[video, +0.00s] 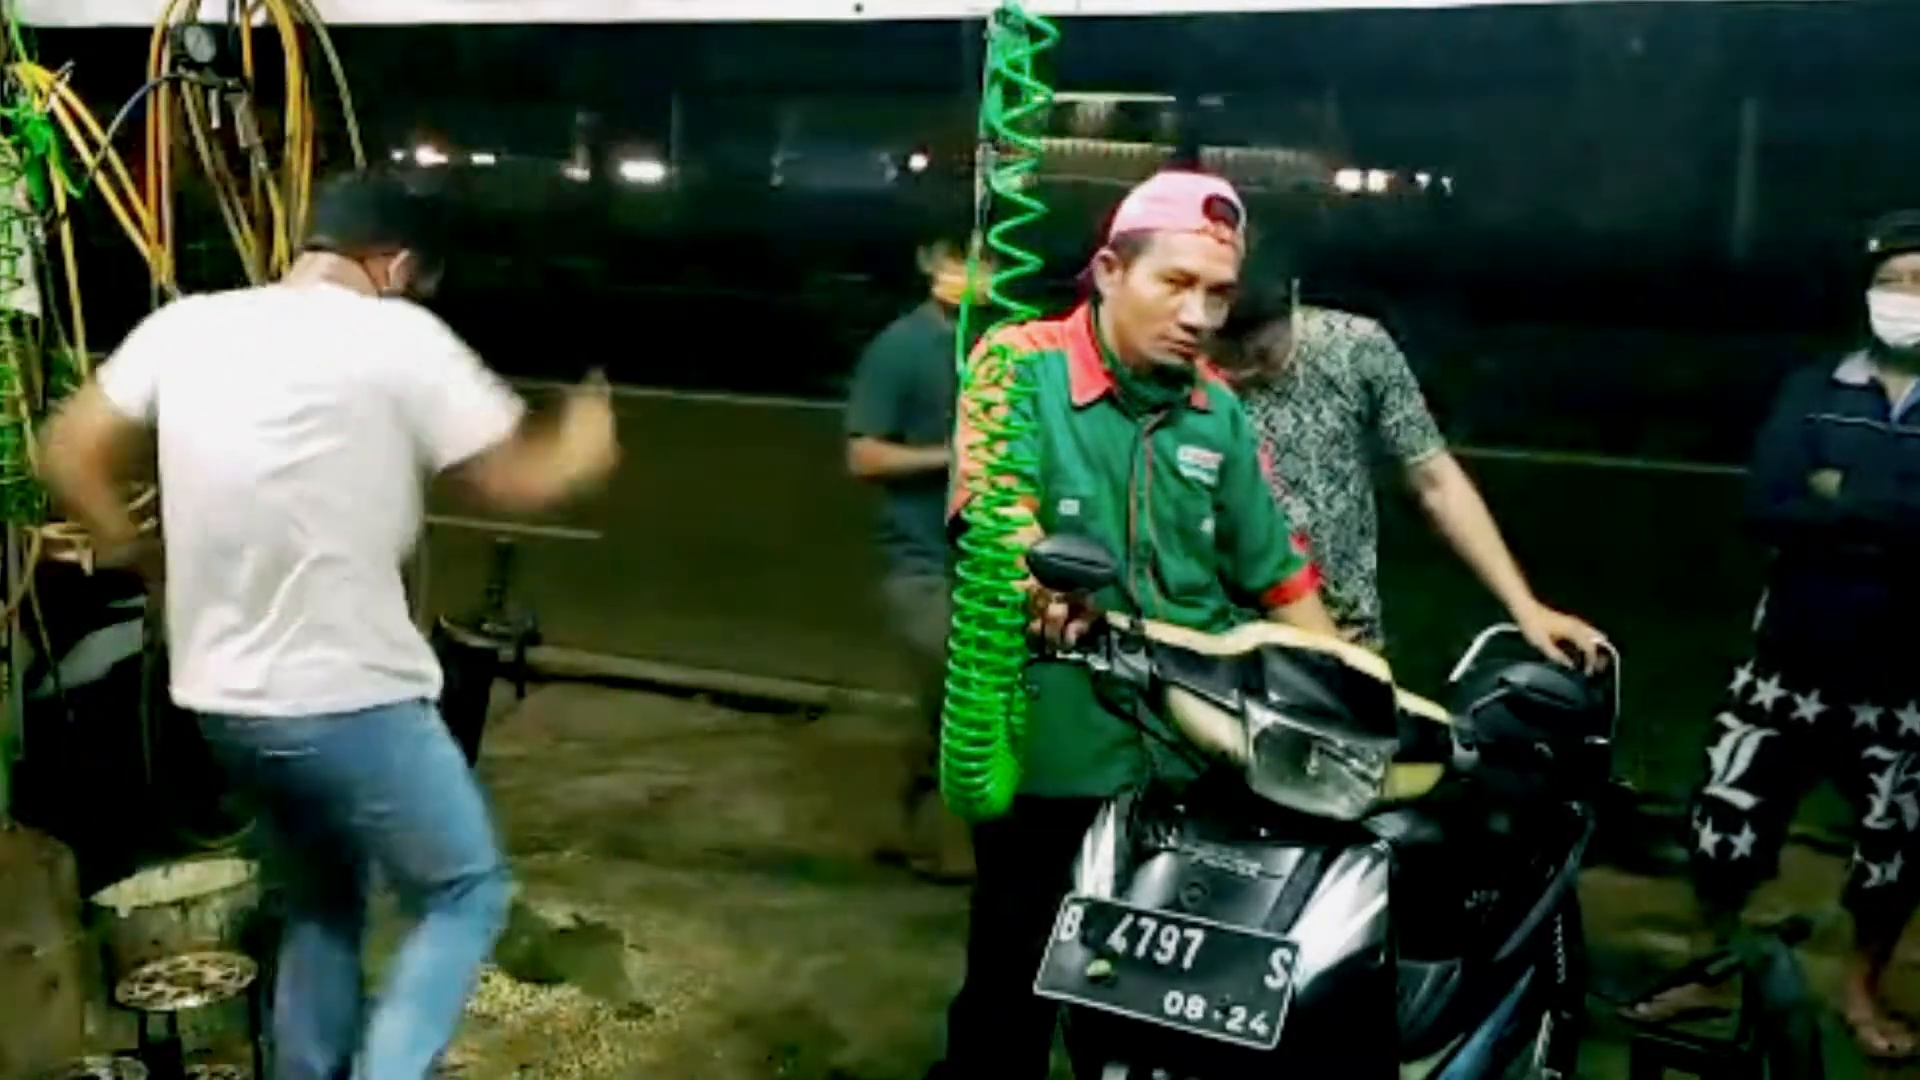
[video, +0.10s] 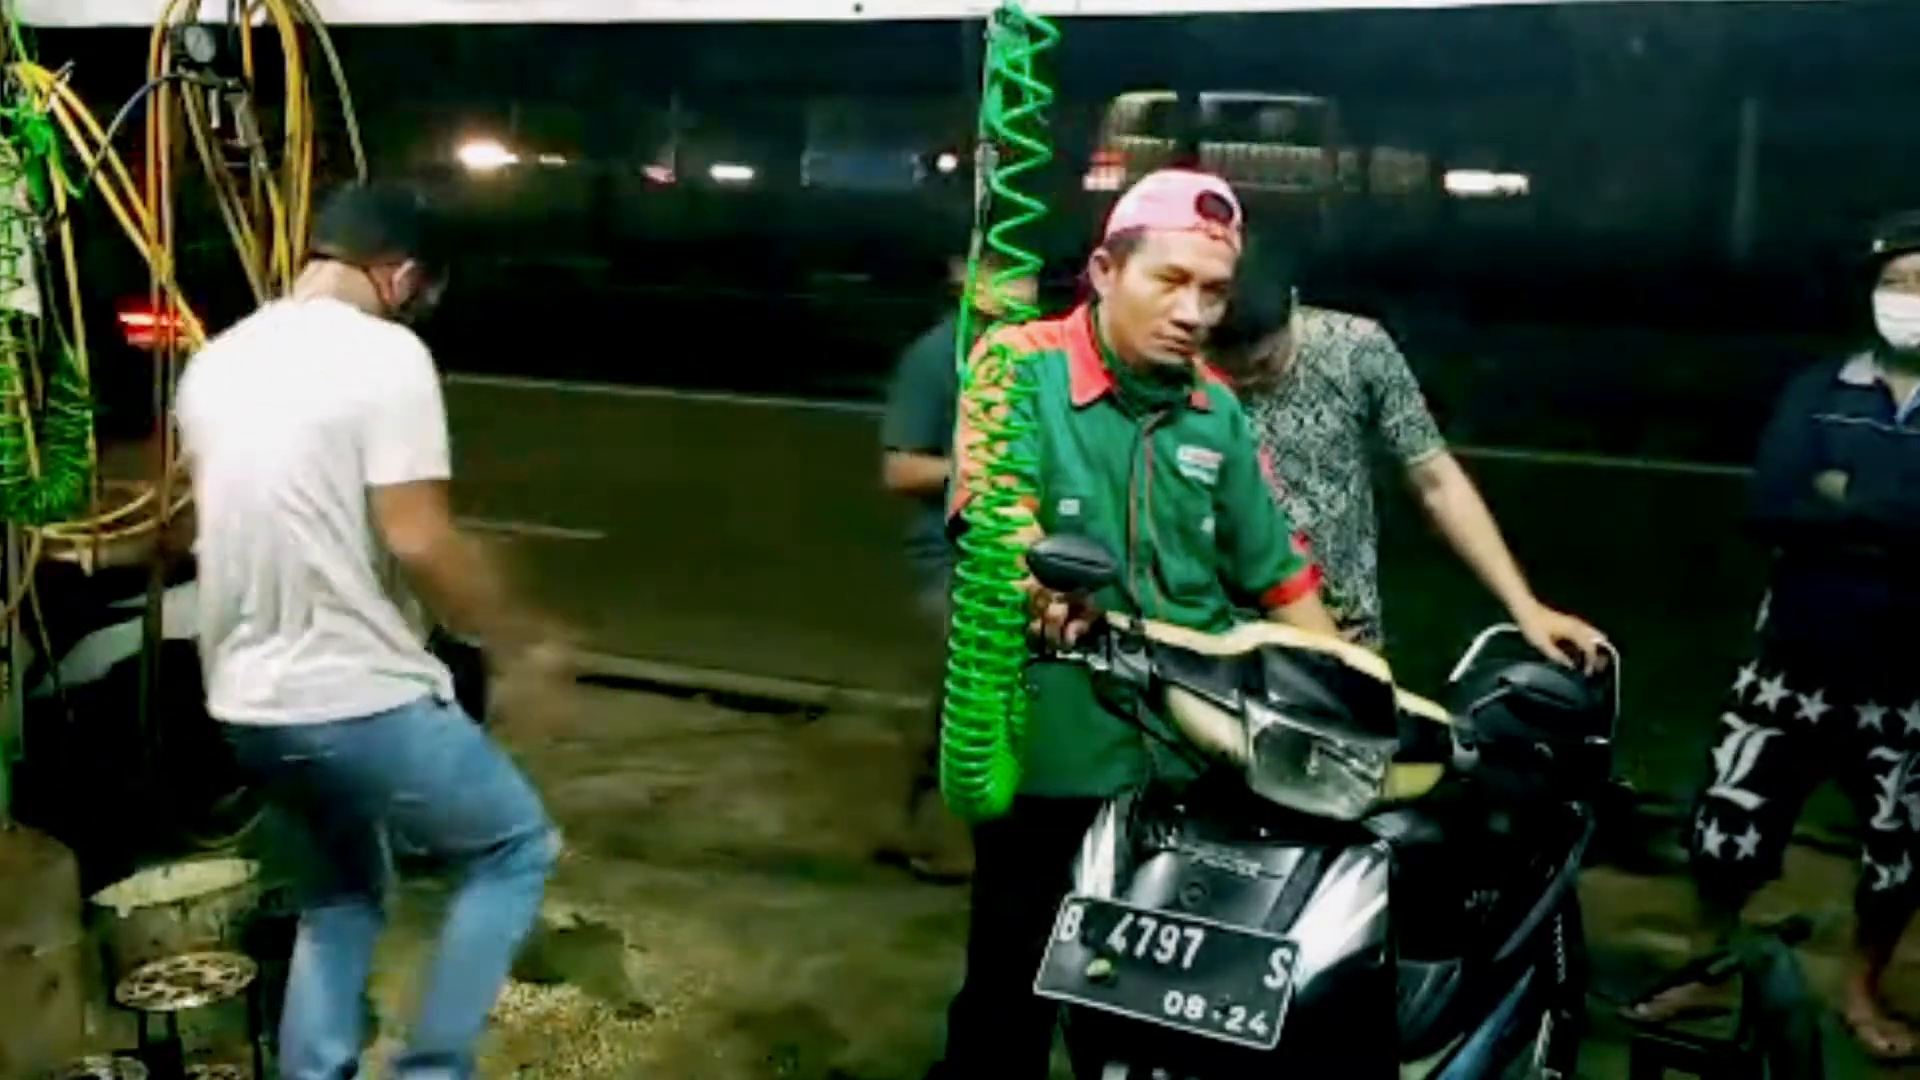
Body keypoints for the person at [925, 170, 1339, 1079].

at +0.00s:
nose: (1196, 315)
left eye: (1217, 294)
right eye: (1175, 283)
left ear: (1231, 302)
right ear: (1108, 272)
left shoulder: (1222, 417)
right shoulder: (1019, 369)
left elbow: (1286, 586)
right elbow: (988, 514)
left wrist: (1346, 704)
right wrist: (1042, 598)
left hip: (1189, 757)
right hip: (1049, 752)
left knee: (1164, 1010)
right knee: (1009, 1010)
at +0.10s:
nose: (1191, 312)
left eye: (1213, 292)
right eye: (1170, 281)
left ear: (1228, 301)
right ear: (1104, 272)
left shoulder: (1221, 418)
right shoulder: (1020, 371)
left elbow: (1288, 589)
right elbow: (988, 515)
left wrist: (1345, 710)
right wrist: (1041, 597)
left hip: (1187, 759)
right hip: (1048, 755)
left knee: (1160, 1010)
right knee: (1008, 1011)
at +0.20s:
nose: (1187, 309)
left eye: (1210, 288)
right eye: (1165, 278)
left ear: (1226, 299)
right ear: (1100, 273)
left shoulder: (1218, 415)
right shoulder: (1017, 371)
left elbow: (1284, 584)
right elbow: (985, 504)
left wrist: (1350, 695)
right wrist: (1040, 593)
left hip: (1188, 757)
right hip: (1049, 755)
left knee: (1163, 1009)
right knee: (1009, 1011)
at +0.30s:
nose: (1182, 307)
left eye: (1205, 286)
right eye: (1160, 277)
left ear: (1223, 298)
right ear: (1097, 273)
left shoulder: (1216, 413)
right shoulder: (1018, 368)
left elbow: (1282, 583)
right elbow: (987, 506)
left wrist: (1346, 696)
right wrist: (1043, 594)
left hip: (1187, 755)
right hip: (1048, 753)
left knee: (1157, 1010)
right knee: (1008, 1010)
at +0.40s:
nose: (1176, 305)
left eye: (1200, 284)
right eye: (1153, 275)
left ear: (1221, 297)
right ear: (1095, 273)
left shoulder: (1218, 415)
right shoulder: (1017, 368)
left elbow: (1282, 584)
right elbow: (986, 505)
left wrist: (1342, 701)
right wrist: (1042, 593)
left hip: (1188, 755)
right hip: (1048, 752)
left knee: (1159, 1010)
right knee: (1008, 1009)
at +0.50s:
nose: (1169, 303)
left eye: (1194, 282)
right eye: (1146, 274)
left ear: (1217, 296)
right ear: (1090, 274)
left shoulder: (1215, 412)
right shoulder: (1017, 367)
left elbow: (1282, 584)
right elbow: (987, 509)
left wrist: (1344, 699)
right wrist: (1043, 596)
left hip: (1188, 754)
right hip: (1050, 752)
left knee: (1159, 1009)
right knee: (1007, 1010)